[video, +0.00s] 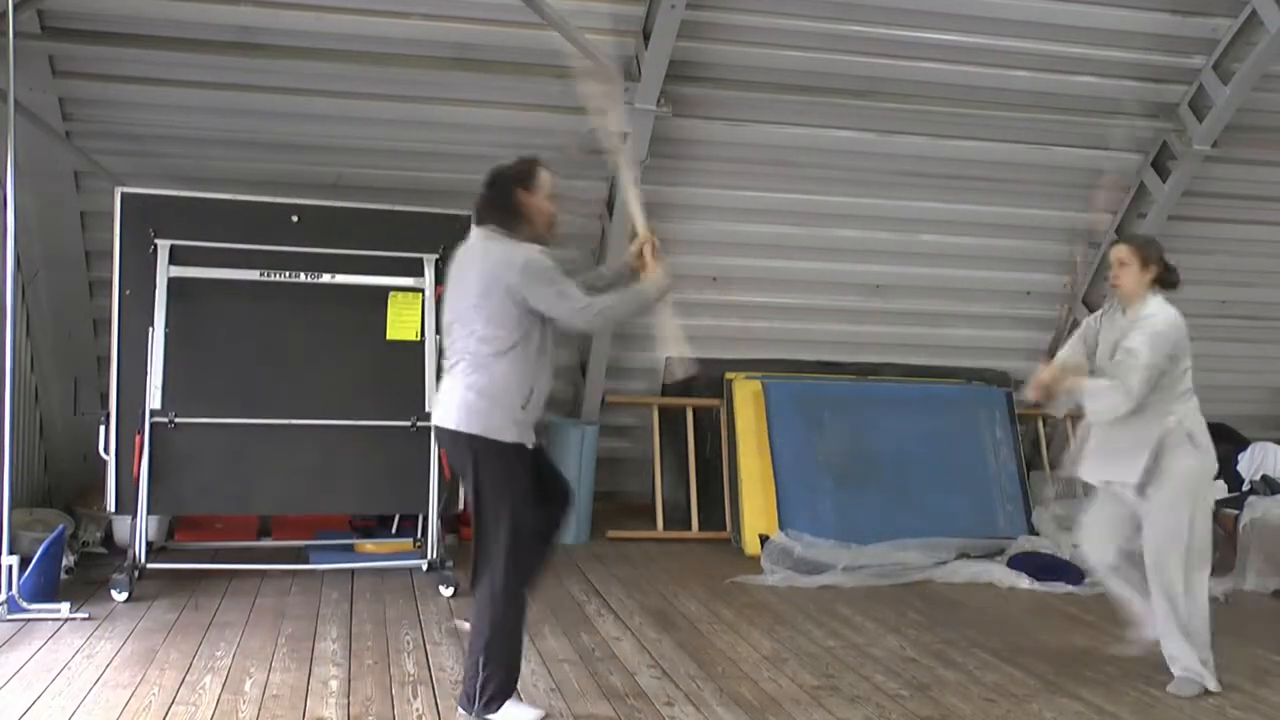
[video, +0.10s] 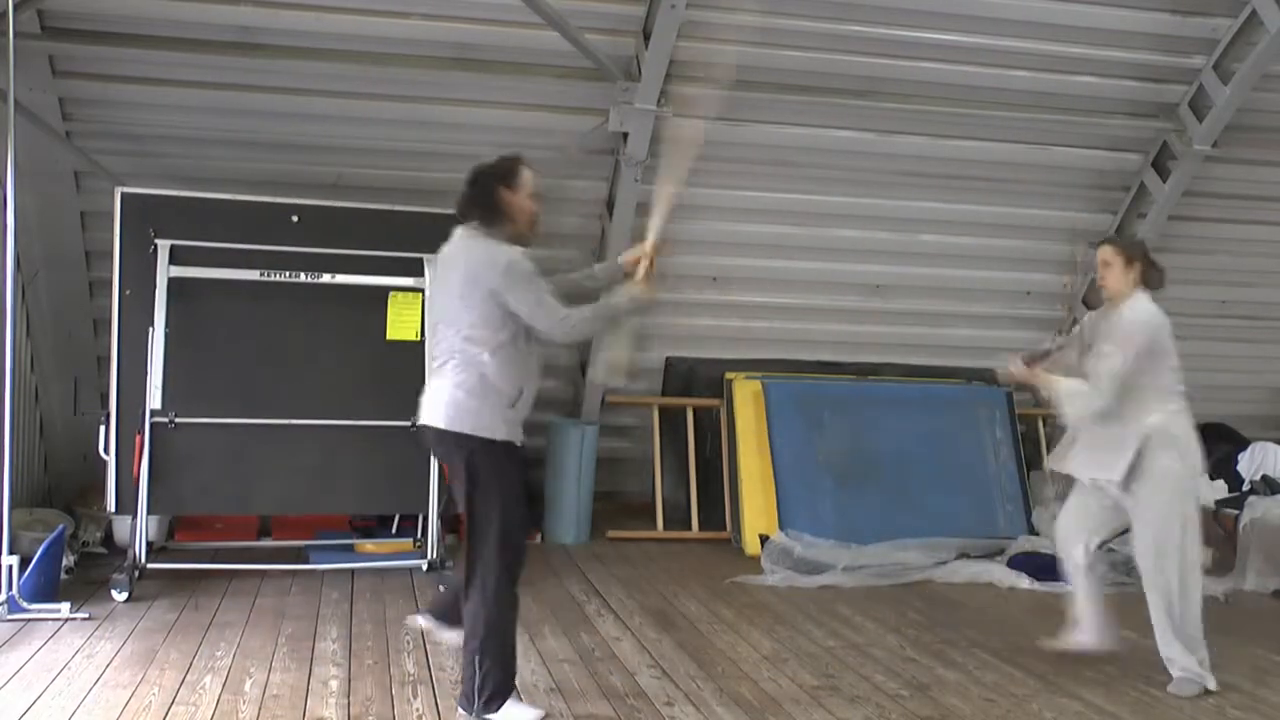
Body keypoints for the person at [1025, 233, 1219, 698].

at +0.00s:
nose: (1113, 275)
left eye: (1123, 266)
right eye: (1111, 267)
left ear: (1150, 272)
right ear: (1111, 274)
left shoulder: (1162, 323)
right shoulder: (1108, 316)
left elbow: (1126, 394)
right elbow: (1074, 354)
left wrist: (1064, 386)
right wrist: (1047, 378)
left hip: (1176, 459)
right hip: (1128, 458)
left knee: (1170, 564)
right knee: (1098, 548)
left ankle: (1195, 670)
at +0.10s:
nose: (1100, 276)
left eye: (1108, 267)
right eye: (1098, 268)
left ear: (1134, 270)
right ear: (1102, 274)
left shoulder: (1141, 316)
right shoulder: (1109, 318)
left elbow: (1100, 395)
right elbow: (1071, 358)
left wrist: (1041, 379)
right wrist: (1033, 368)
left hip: (1162, 455)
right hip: (1119, 453)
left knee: (1165, 559)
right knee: (1072, 529)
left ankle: (1191, 670)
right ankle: (1090, 629)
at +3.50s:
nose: (822, 242)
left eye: (829, 232)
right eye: (823, 232)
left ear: (857, 239)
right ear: (866, 239)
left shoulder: (834, 290)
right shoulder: (892, 286)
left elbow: (785, 358)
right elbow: (826, 307)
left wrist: (764, 315)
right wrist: (779, 281)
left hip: (865, 447)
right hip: (902, 443)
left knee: (875, 564)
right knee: (830, 549)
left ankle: (914, 694)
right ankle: (826, 663)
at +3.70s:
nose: (852, 243)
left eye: (860, 235)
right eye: (854, 234)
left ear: (888, 245)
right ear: (896, 246)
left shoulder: (871, 300)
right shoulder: (918, 292)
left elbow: (817, 367)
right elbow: (850, 343)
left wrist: (789, 304)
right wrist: (790, 309)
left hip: (897, 457)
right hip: (933, 451)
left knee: (874, 585)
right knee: (902, 561)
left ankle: (909, 705)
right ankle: (945, 647)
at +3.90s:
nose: (897, 243)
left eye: (903, 235)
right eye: (898, 233)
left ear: (931, 240)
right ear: (939, 241)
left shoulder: (902, 289)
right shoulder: (962, 284)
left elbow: (825, 318)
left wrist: (819, 256)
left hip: (917, 451)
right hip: (964, 444)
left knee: (895, 569)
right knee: (959, 552)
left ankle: (909, 701)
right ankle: (988, 658)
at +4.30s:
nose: (964, 252)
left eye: (973, 244)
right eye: (967, 243)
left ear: (998, 253)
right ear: (1004, 254)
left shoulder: (981, 294)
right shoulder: (1013, 298)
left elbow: (909, 346)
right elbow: (948, 364)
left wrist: (889, 320)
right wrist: (900, 332)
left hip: (1014, 445)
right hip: (1035, 443)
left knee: (980, 560)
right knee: (989, 559)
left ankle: (1025, 681)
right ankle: (991, 670)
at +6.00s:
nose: (1065, 281)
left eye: (1079, 265)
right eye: (1066, 271)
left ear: (1108, 264)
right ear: (1092, 270)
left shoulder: (1128, 308)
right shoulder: (1093, 318)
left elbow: (1080, 251)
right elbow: (1043, 255)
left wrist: (1069, 183)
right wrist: (1038, 189)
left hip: (1151, 502)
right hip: (1094, 505)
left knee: (1151, 655)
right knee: (1035, 585)